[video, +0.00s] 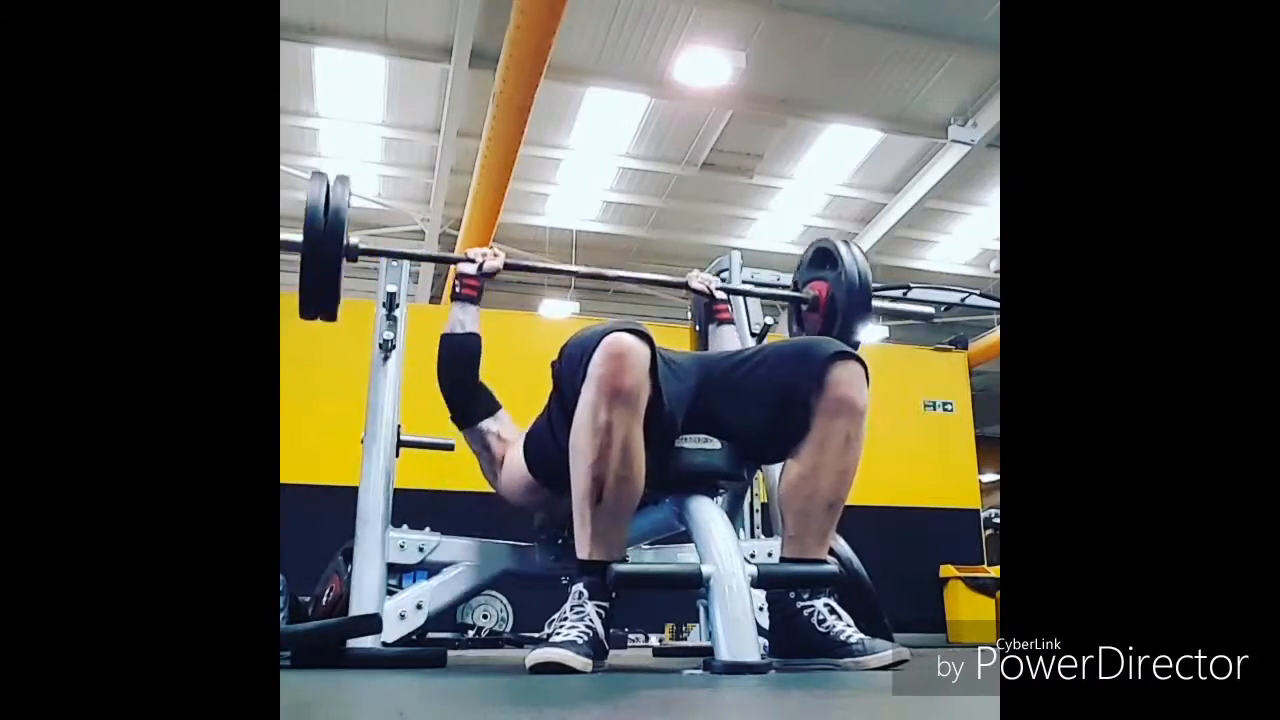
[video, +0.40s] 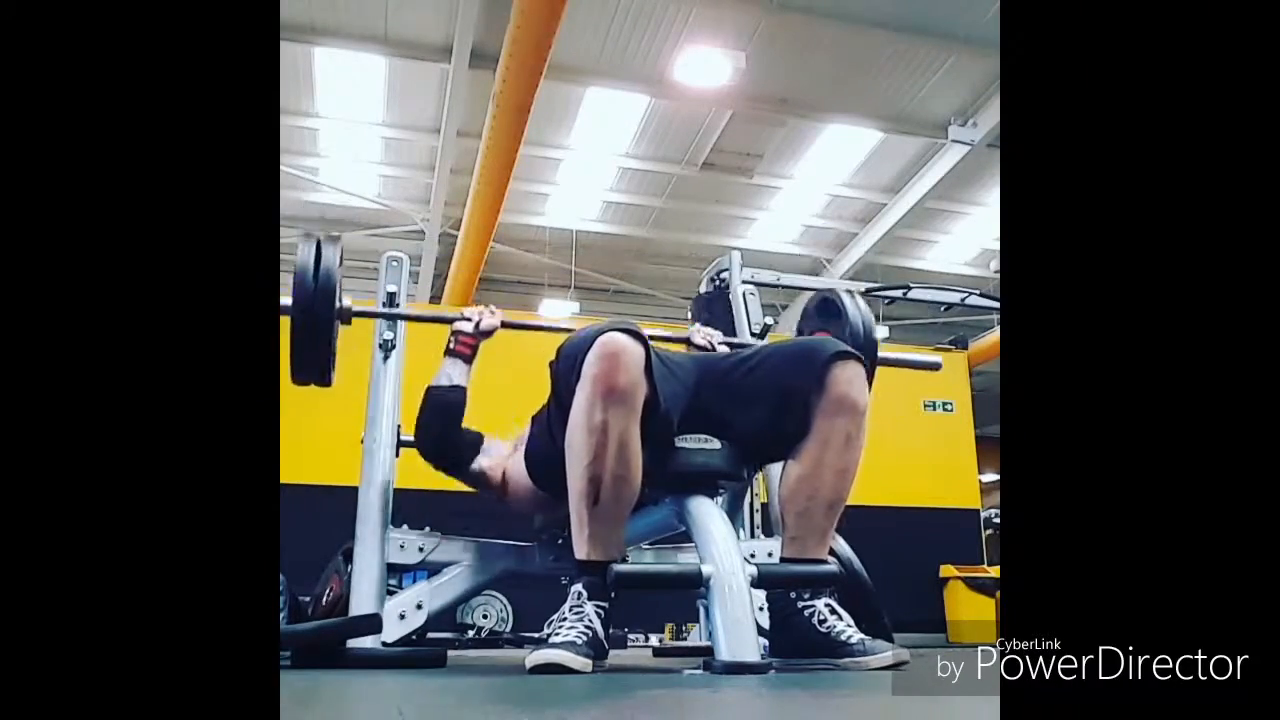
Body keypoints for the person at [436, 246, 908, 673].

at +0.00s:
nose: (497, 440)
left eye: (498, 440)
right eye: (493, 444)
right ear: (502, 462)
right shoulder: (524, 470)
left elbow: (736, 387)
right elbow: (461, 388)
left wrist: (716, 315)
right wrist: (468, 288)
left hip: (685, 385)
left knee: (840, 376)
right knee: (620, 353)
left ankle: (799, 608)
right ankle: (584, 605)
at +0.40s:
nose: (496, 476)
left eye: (496, 473)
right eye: (492, 480)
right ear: (497, 478)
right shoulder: (513, 466)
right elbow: (437, 437)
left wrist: (717, 357)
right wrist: (463, 346)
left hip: (711, 384)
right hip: (638, 378)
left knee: (842, 374)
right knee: (615, 354)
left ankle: (799, 607)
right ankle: (587, 607)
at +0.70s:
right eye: (493, 490)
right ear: (508, 506)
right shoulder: (538, 488)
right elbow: (451, 496)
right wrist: (467, 405)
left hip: (698, 374)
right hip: (626, 358)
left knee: (849, 375)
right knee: (616, 358)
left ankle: (802, 606)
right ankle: (586, 605)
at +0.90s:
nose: (507, 489)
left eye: (501, 484)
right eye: (502, 489)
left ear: (514, 469)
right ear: (512, 477)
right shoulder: (527, 460)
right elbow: (444, 434)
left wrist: (723, 357)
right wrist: (468, 350)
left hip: (709, 385)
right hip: (640, 370)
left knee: (844, 373)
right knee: (614, 354)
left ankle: (800, 608)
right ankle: (587, 604)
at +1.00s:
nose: (501, 458)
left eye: (501, 460)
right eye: (498, 465)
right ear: (504, 474)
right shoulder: (519, 465)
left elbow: (736, 412)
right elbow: (450, 409)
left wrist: (722, 343)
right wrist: (467, 320)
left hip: (695, 388)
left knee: (844, 377)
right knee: (618, 354)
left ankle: (799, 609)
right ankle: (585, 607)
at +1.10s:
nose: (499, 441)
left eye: (499, 443)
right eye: (495, 447)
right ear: (502, 466)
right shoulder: (524, 469)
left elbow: (733, 394)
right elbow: (462, 386)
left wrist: (718, 324)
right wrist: (469, 289)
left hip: (680, 389)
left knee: (843, 375)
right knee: (619, 353)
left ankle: (801, 610)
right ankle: (585, 605)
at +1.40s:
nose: (501, 447)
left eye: (505, 448)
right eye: (497, 454)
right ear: (501, 467)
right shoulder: (515, 465)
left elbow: (728, 400)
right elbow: (449, 399)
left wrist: (720, 333)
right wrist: (468, 308)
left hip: (690, 392)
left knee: (844, 377)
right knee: (621, 355)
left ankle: (800, 608)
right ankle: (584, 606)